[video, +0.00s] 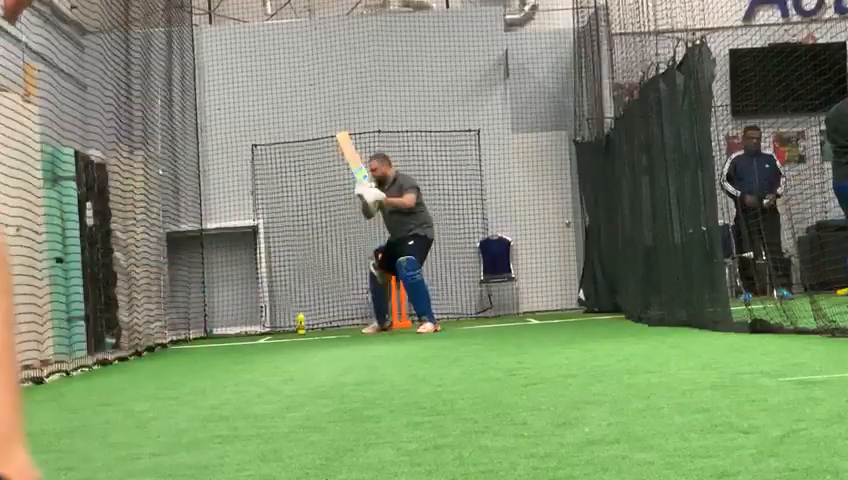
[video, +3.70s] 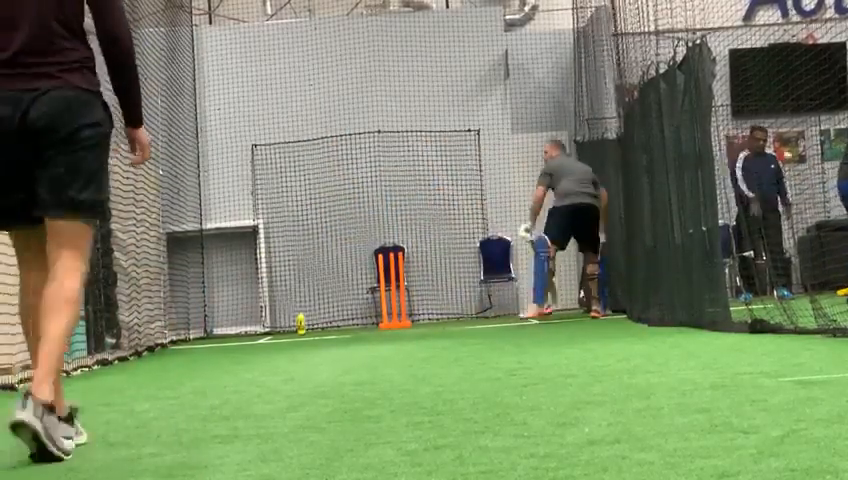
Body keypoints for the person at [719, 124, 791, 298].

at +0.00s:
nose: (755, 142)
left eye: (757, 139)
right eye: (751, 139)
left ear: (761, 140)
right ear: (743, 140)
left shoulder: (770, 159)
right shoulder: (734, 159)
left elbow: (782, 180)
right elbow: (724, 182)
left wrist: (775, 194)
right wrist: (742, 197)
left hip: (768, 210)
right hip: (745, 211)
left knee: (774, 247)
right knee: (746, 251)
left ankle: (781, 286)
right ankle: (748, 289)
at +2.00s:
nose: (755, 142)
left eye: (758, 139)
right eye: (751, 138)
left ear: (762, 141)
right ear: (744, 140)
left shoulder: (769, 159)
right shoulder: (735, 159)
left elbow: (777, 185)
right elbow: (721, 181)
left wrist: (781, 207)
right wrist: (735, 178)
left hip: (768, 211)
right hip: (744, 212)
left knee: (774, 248)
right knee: (746, 252)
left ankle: (779, 286)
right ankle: (748, 289)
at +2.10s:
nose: (755, 142)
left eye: (759, 139)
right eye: (752, 138)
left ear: (762, 142)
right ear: (744, 140)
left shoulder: (769, 160)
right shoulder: (736, 160)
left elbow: (777, 186)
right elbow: (724, 178)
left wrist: (781, 207)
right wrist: (710, 179)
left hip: (768, 211)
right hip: (744, 212)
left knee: (774, 248)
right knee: (746, 251)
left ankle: (779, 286)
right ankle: (748, 289)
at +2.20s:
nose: (754, 142)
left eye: (758, 139)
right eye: (751, 138)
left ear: (762, 142)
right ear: (744, 140)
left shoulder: (769, 160)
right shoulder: (735, 161)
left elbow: (777, 186)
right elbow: (717, 174)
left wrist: (781, 207)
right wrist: (705, 167)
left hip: (768, 211)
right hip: (744, 212)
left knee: (774, 248)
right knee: (745, 251)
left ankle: (780, 286)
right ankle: (749, 289)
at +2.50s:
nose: (756, 143)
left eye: (759, 141)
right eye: (752, 140)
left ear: (763, 142)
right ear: (745, 140)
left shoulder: (768, 160)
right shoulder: (735, 159)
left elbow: (781, 180)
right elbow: (713, 170)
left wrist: (779, 192)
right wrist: (727, 155)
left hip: (767, 210)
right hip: (744, 211)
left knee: (773, 247)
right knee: (744, 250)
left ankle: (779, 286)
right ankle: (749, 289)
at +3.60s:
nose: (759, 144)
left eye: (762, 141)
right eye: (755, 140)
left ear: (765, 141)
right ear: (749, 141)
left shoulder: (772, 158)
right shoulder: (740, 157)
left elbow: (780, 182)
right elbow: (731, 172)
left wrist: (786, 203)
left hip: (770, 209)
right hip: (748, 210)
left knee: (775, 247)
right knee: (746, 250)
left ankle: (781, 286)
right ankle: (749, 289)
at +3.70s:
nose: (761, 143)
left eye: (764, 140)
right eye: (757, 140)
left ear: (766, 141)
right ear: (749, 140)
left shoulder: (772, 158)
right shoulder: (742, 158)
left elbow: (780, 180)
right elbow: (739, 180)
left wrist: (785, 201)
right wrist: (751, 198)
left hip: (771, 206)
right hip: (750, 207)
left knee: (775, 245)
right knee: (748, 247)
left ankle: (780, 285)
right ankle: (749, 288)